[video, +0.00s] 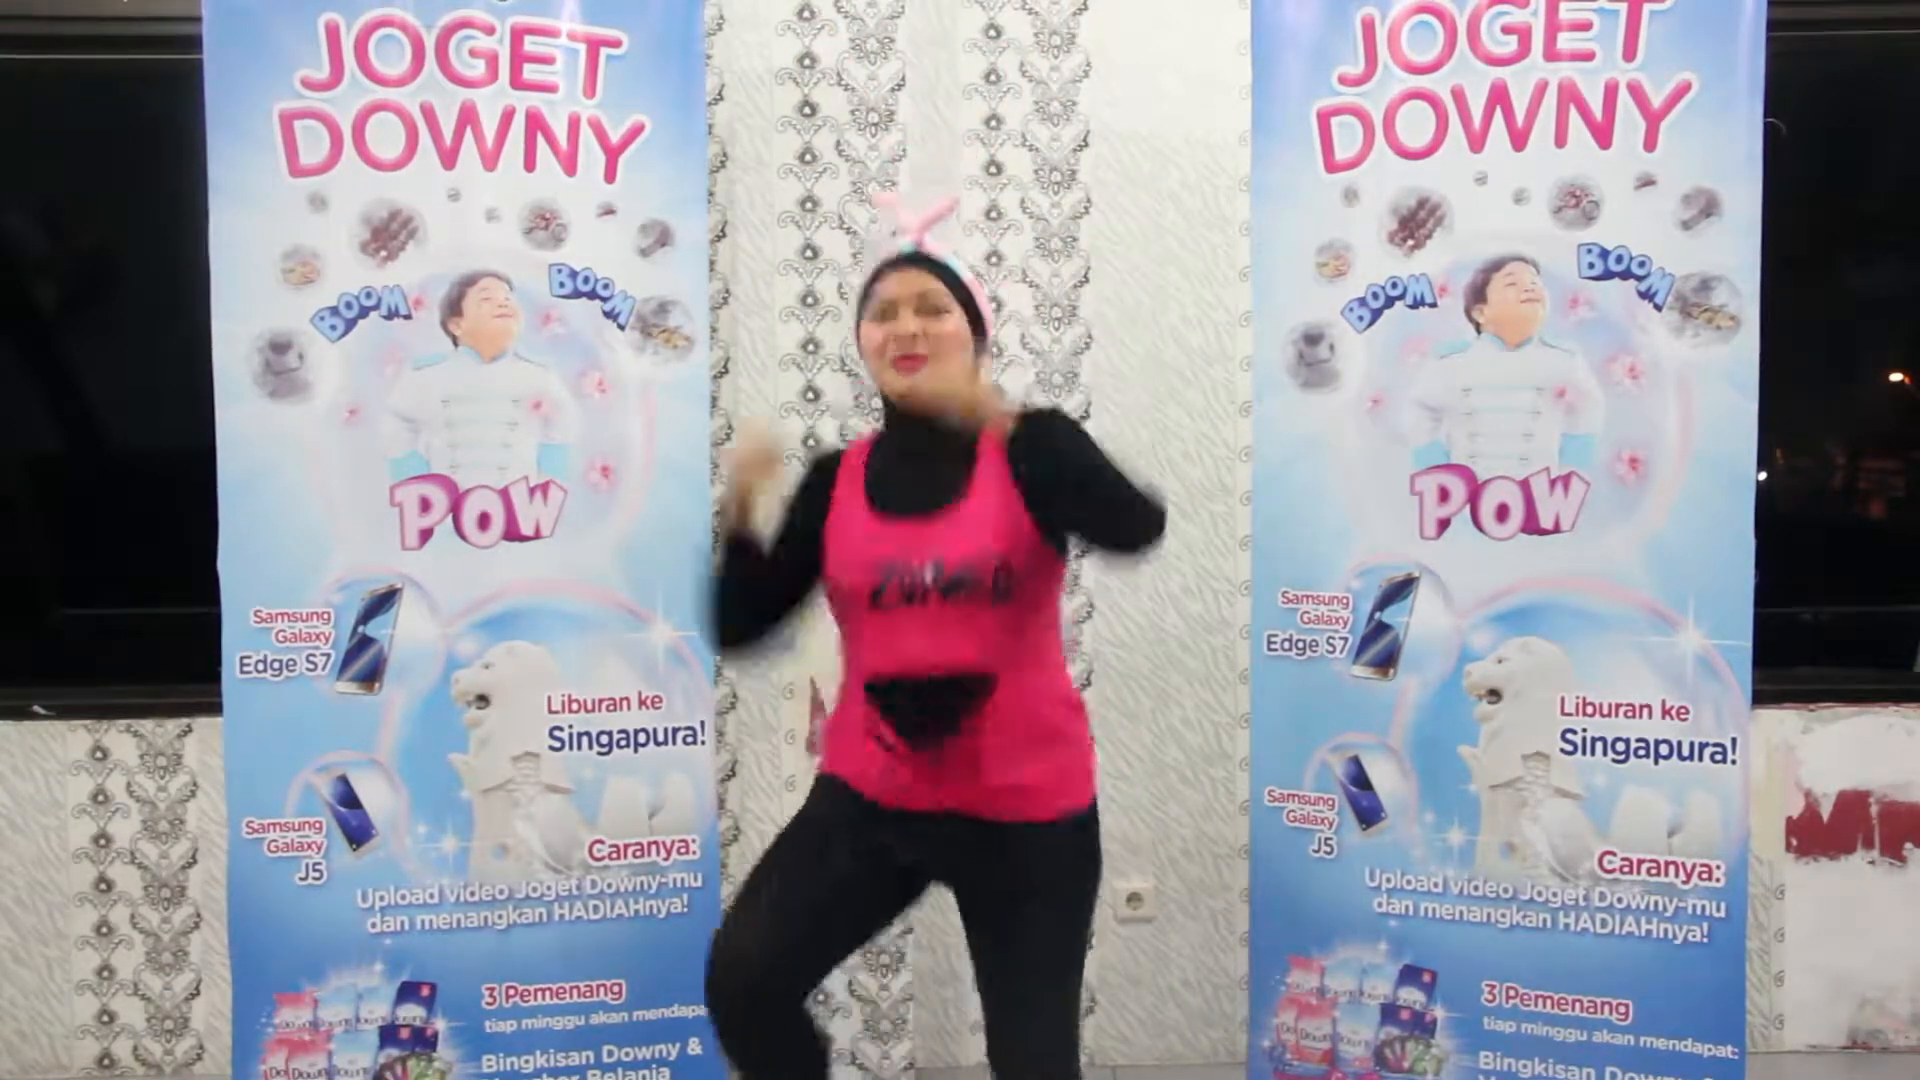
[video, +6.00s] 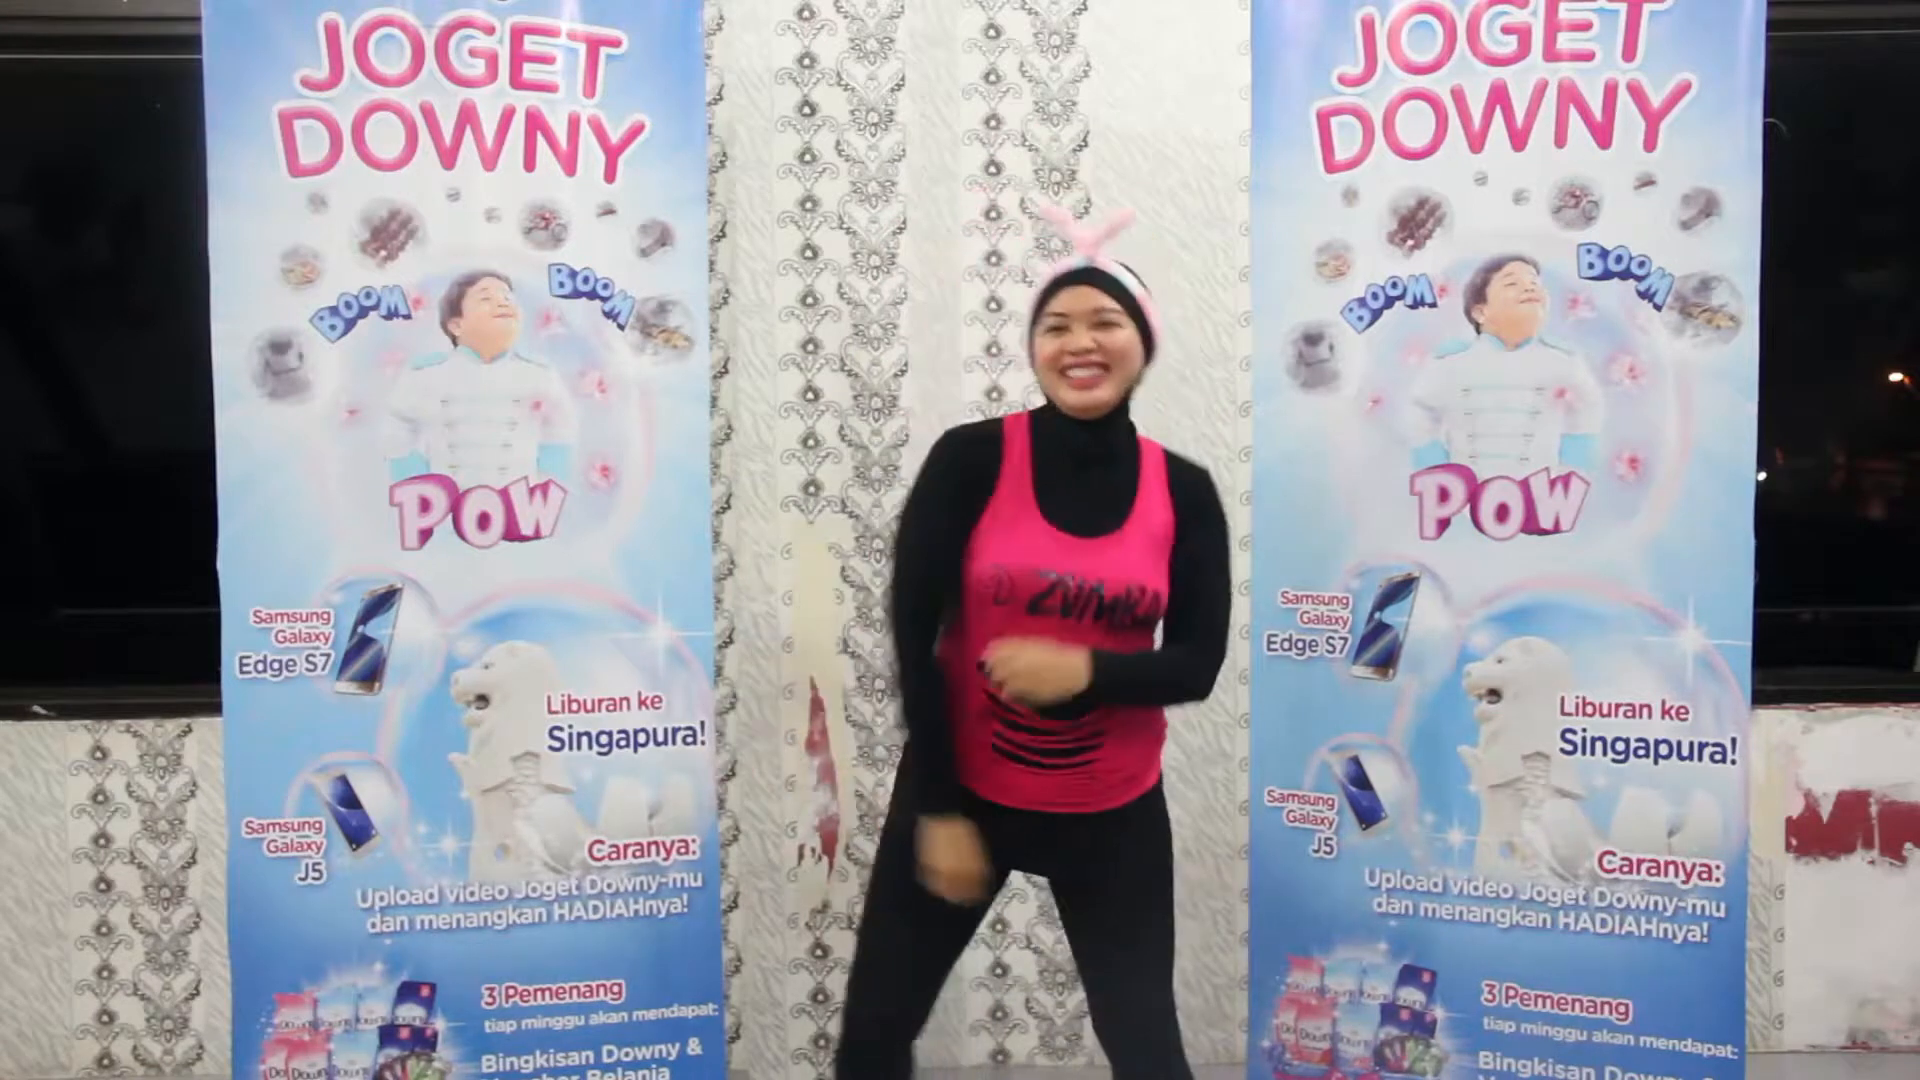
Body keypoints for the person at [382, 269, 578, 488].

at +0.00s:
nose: (503, 301)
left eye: (508, 296)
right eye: (485, 298)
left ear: (519, 315)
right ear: (455, 324)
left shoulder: (538, 378)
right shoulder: (421, 379)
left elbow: (560, 434)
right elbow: (393, 429)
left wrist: (546, 491)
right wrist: (414, 486)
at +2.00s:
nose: (502, 303)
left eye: (508, 296)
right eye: (485, 298)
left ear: (518, 315)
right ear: (455, 324)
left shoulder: (536, 376)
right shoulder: (423, 379)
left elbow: (560, 429)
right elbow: (393, 426)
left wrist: (546, 487)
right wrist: (412, 484)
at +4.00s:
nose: (503, 302)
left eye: (508, 296)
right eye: (485, 297)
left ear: (518, 315)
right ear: (455, 324)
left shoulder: (539, 379)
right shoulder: (421, 380)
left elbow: (560, 444)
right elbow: (396, 436)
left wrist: (543, 501)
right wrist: (416, 495)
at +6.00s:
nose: (502, 303)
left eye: (507, 296)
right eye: (484, 298)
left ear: (517, 313)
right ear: (455, 325)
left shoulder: (539, 376)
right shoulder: (422, 375)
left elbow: (559, 437)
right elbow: (395, 433)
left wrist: (545, 496)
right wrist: (415, 491)